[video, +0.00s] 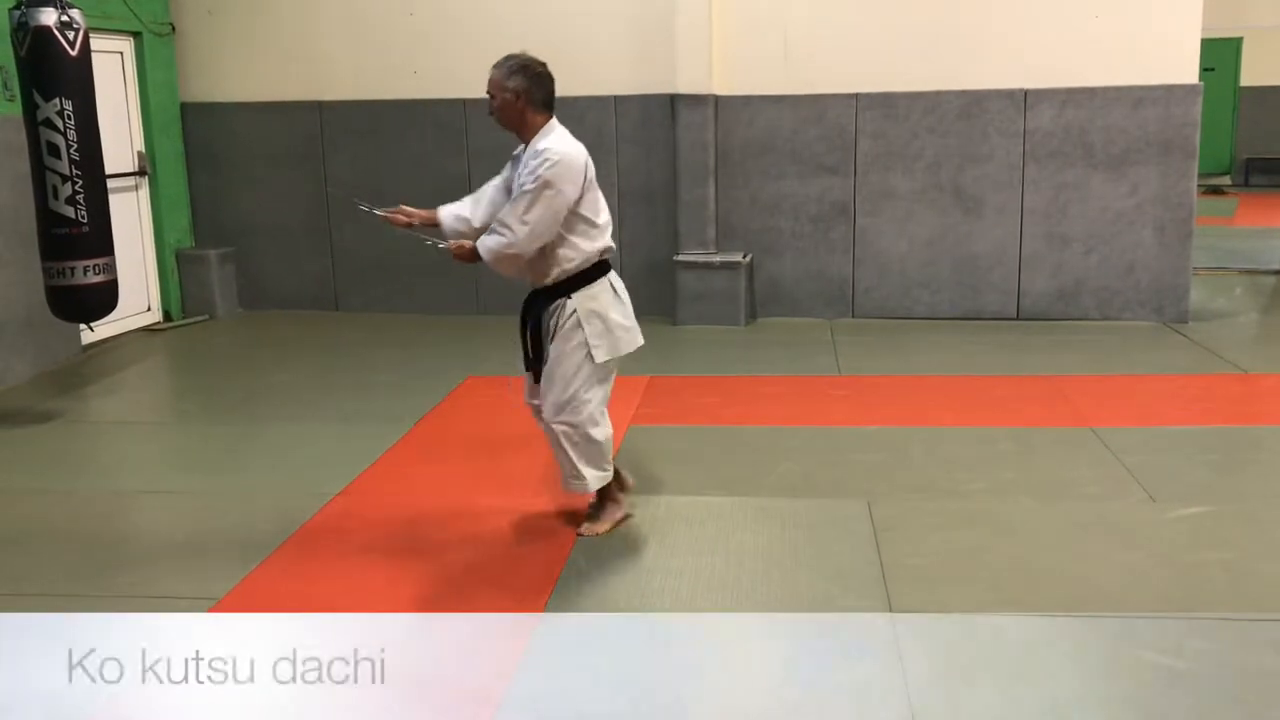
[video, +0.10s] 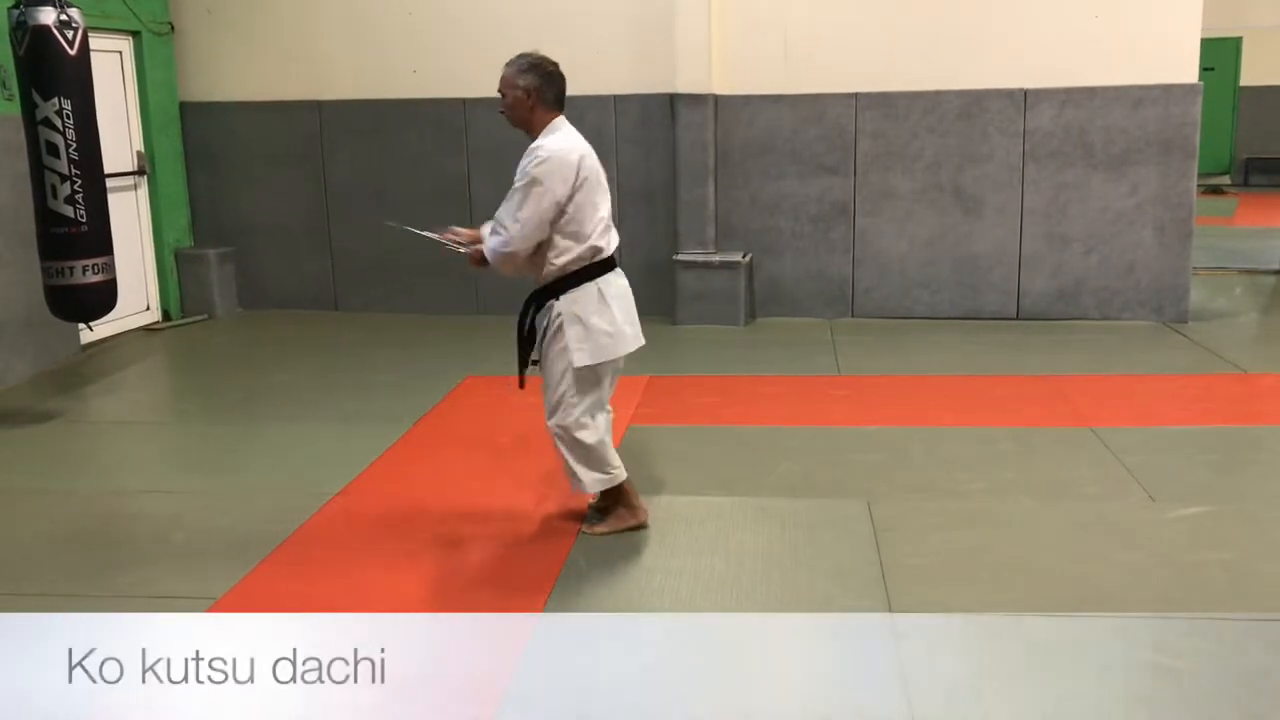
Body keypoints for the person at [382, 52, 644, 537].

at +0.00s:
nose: (488, 105)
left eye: (494, 97)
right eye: (489, 96)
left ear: (521, 99)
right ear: (522, 100)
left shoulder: (558, 156)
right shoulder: (528, 154)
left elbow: (522, 238)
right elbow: (485, 203)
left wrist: (479, 248)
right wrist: (427, 218)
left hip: (582, 299)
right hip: (551, 299)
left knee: (568, 407)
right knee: (542, 399)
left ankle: (610, 498)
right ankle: (607, 475)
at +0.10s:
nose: (499, 104)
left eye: (504, 94)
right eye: (500, 94)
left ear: (531, 96)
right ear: (536, 96)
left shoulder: (552, 155)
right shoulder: (565, 145)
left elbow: (516, 242)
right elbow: (523, 219)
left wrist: (485, 249)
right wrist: (482, 234)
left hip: (579, 303)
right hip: (595, 294)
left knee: (569, 415)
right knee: (585, 408)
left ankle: (628, 507)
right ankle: (610, 497)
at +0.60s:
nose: (533, 111)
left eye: (535, 104)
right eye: (535, 104)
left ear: (546, 107)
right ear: (585, 113)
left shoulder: (519, 163)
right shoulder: (616, 166)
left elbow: (532, 236)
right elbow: (642, 244)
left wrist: (605, 265)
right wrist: (679, 291)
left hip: (523, 303)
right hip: (588, 306)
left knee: (476, 394)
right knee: (614, 398)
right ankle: (617, 495)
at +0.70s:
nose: (530, 118)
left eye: (532, 111)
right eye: (533, 111)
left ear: (539, 116)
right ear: (580, 121)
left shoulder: (510, 169)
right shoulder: (603, 175)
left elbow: (532, 235)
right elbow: (621, 253)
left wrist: (596, 267)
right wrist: (664, 295)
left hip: (505, 303)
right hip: (570, 309)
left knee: (450, 400)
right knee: (611, 399)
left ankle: (388, 501)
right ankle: (617, 497)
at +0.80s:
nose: (513, 127)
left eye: (515, 121)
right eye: (516, 121)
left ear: (522, 125)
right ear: (563, 131)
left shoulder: (491, 177)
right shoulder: (584, 184)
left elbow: (509, 244)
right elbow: (601, 262)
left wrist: (575, 273)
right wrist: (644, 304)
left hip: (487, 311)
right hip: (552, 316)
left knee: (433, 404)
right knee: (599, 399)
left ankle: (380, 508)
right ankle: (616, 497)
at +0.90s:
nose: (483, 132)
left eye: (486, 126)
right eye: (486, 126)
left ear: (496, 131)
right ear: (532, 135)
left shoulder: (462, 183)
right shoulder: (561, 186)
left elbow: (472, 245)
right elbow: (581, 263)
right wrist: (616, 306)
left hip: (476, 319)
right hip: (542, 320)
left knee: (419, 402)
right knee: (583, 404)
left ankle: (381, 510)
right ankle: (612, 497)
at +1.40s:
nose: (443, 145)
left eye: (447, 135)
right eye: (443, 135)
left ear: (466, 136)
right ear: (491, 132)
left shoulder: (458, 192)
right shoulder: (535, 181)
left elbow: (389, 228)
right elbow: (508, 241)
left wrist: (322, 224)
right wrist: (448, 241)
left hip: (493, 332)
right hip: (554, 323)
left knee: (421, 406)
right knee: (582, 406)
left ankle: (378, 512)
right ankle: (616, 496)